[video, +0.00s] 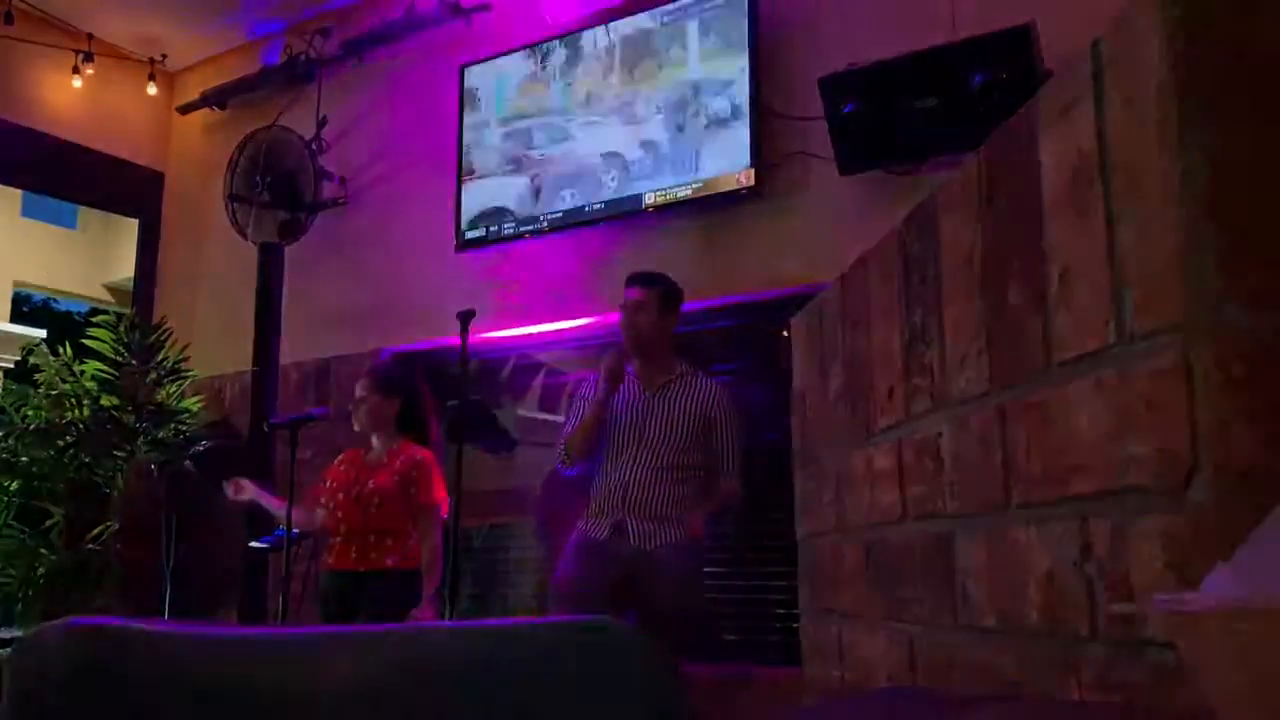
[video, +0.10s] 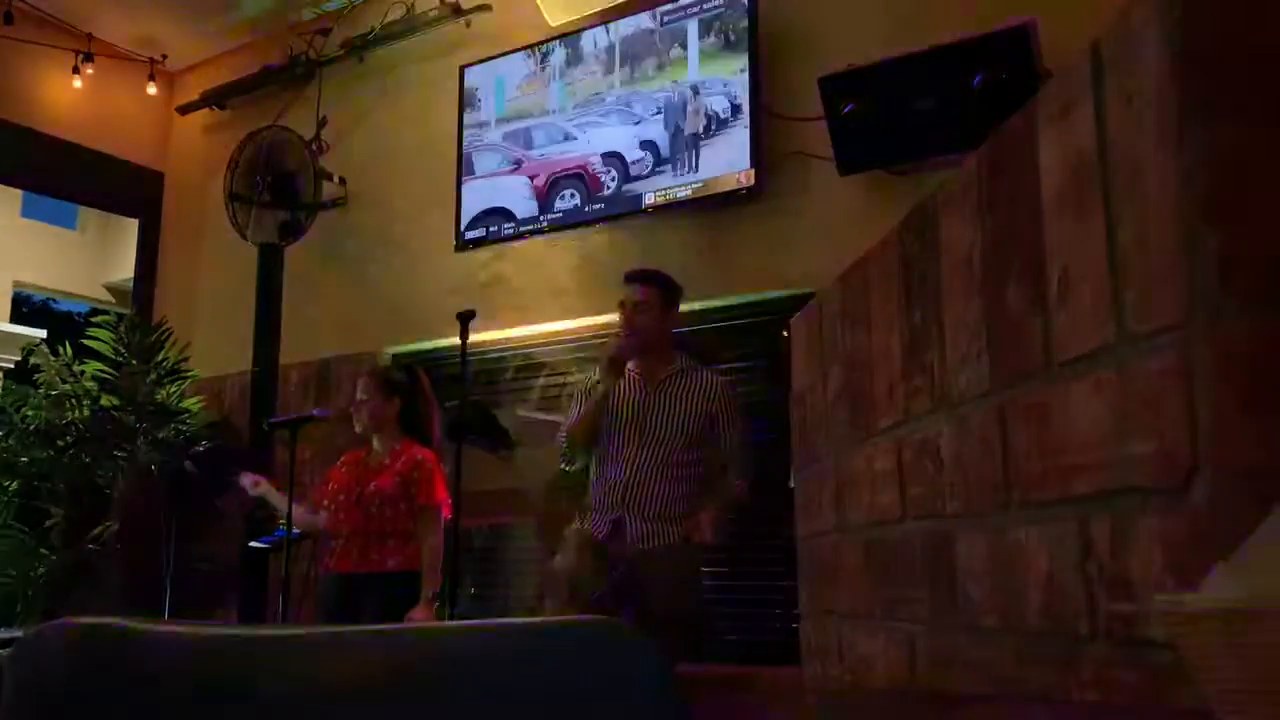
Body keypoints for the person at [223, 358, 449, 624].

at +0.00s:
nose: (353, 408)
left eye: (362, 399)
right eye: (354, 399)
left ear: (393, 405)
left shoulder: (418, 462)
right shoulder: (346, 462)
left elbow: (431, 535)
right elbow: (310, 519)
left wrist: (428, 600)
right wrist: (256, 495)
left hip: (392, 582)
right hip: (339, 582)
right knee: (339, 678)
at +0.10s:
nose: (354, 408)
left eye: (363, 401)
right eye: (355, 401)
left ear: (392, 406)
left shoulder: (419, 462)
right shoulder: (350, 463)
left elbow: (432, 534)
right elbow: (315, 520)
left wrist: (427, 602)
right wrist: (267, 492)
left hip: (395, 584)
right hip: (342, 584)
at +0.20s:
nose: (355, 410)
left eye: (364, 402)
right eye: (355, 402)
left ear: (392, 406)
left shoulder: (420, 463)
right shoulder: (354, 463)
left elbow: (433, 534)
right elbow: (327, 521)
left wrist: (426, 600)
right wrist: (280, 492)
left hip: (396, 583)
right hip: (347, 582)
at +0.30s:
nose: (354, 414)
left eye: (362, 406)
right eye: (354, 406)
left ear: (392, 407)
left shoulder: (421, 464)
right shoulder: (355, 463)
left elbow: (433, 534)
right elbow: (330, 522)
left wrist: (426, 600)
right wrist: (280, 497)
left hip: (397, 582)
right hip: (347, 581)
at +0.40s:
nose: (354, 414)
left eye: (363, 406)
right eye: (354, 406)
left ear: (393, 406)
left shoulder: (422, 464)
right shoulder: (356, 463)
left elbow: (432, 537)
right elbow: (339, 527)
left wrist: (424, 602)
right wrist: (284, 514)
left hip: (395, 585)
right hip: (347, 583)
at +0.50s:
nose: (353, 414)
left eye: (362, 405)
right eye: (354, 406)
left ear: (392, 405)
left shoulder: (420, 463)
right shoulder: (357, 462)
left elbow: (431, 537)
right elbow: (339, 527)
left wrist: (423, 602)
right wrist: (285, 517)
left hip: (395, 586)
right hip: (347, 583)